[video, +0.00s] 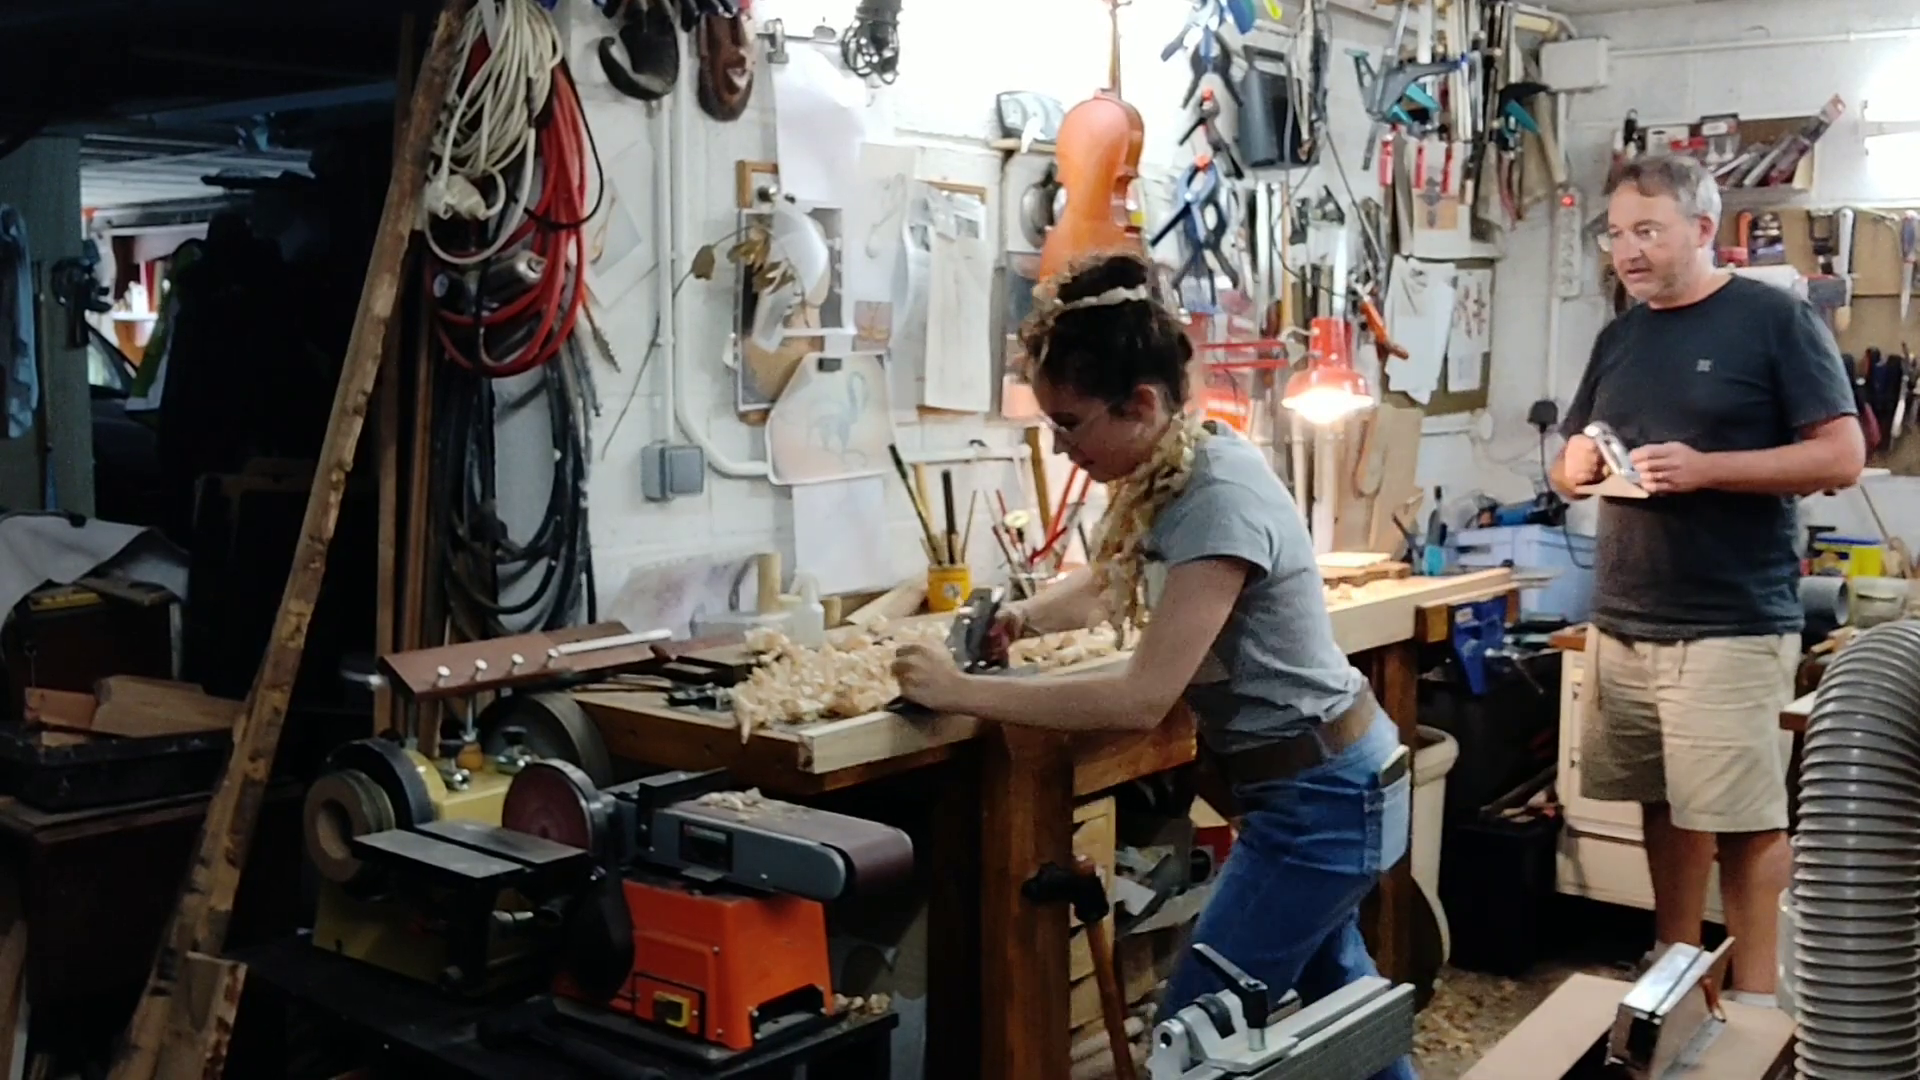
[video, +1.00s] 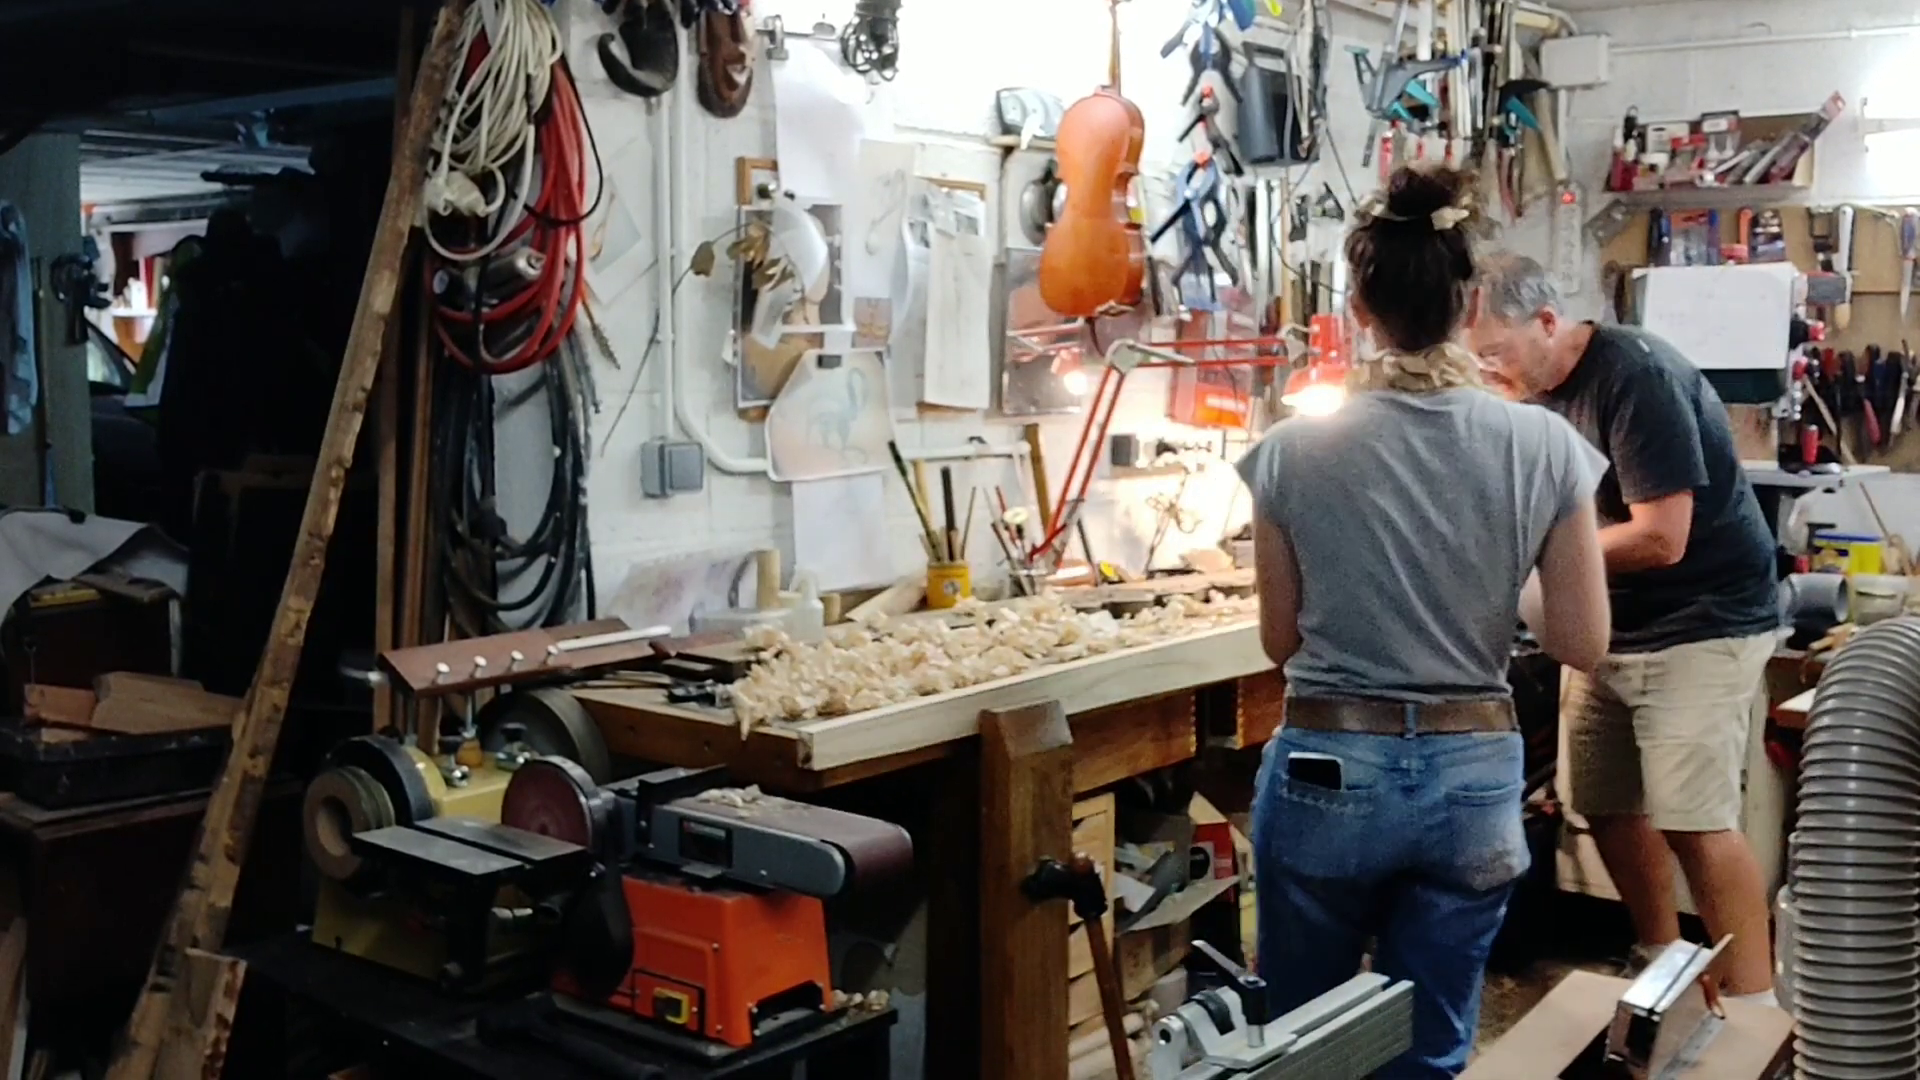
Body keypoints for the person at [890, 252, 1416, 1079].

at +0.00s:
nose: (1059, 445)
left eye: (1068, 423)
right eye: (1052, 424)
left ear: (1144, 402)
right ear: (1139, 406)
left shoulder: (1219, 494)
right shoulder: (1165, 480)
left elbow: (1142, 696)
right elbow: (1102, 584)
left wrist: (964, 689)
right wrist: (1010, 620)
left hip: (1325, 795)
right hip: (1294, 787)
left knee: (1194, 1026)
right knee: (1348, 1013)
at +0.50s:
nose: (1122, 351)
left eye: (1133, 330)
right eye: (1122, 328)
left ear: (1193, 338)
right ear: (1211, 340)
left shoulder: (1240, 463)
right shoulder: (1276, 440)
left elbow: (1125, 661)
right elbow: (1172, 600)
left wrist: (947, 617)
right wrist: (1038, 594)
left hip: (1317, 783)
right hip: (1400, 755)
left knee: (1232, 1045)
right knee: (1374, 1034)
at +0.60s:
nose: (1172, 343)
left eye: (1178, 320)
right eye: (1171, 320)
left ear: (1223, 328)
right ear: (1300, 325)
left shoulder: (1253, 466)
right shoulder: (1344, 432)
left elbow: (1164, 677)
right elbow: (1289, 600)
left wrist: (1021, 597)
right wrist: (1149, 579)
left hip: (1322, 786)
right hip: (1430, 761)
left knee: (1228, 1043)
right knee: (1380, 1043)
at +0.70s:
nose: (1239, 336)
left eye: (1239, 317)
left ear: (1257, 322)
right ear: (1375, 328)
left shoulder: (1267, 469)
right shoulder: (1422, 435)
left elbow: (1203, 681)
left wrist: (1088, 591)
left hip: (1329, 781)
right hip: (1460, 765)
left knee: (1222, 1037)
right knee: (1405, 1045)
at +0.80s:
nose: (1288, 325)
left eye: (1287, 309)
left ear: (1302, 320)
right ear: (1413, 310)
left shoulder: (1280, 468)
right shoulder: (1500, 446)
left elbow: (1237, 675)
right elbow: (1504, 634)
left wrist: (1165, 581)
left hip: (1332, 784)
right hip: (1475, 771)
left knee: (1237, 1037)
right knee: (1419, 1050)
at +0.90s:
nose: (1321, 326)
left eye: (1323, 311)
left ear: (1332, 321)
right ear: (1449, 314)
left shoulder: (1287, 462)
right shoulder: (1532, 445)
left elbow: (1260, 659)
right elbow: (1561, 635)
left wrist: (1241, 562)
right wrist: (1469, 602)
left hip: (1332, 775)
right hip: (1479, 770)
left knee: (1259, 1034)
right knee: (1423, 1048)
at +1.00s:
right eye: (1483, 301)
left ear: (1358, 308)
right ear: (1472, 306)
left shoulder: (1296, 449)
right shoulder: (1548, 446)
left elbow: (1281, 639)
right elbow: (1584, 645)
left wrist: (1360, 574)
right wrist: (1509, 581)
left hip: (1327, 754)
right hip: (1477, 755)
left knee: (1295, 1029)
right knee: (1434, 1042)